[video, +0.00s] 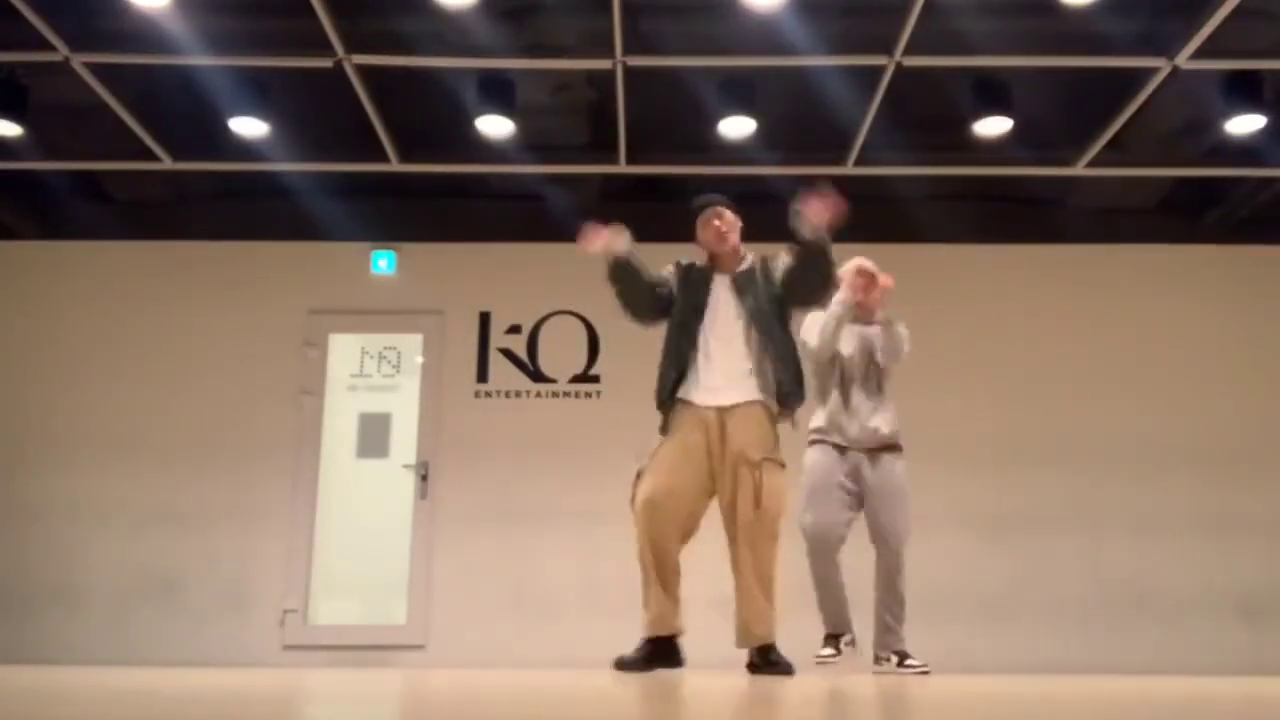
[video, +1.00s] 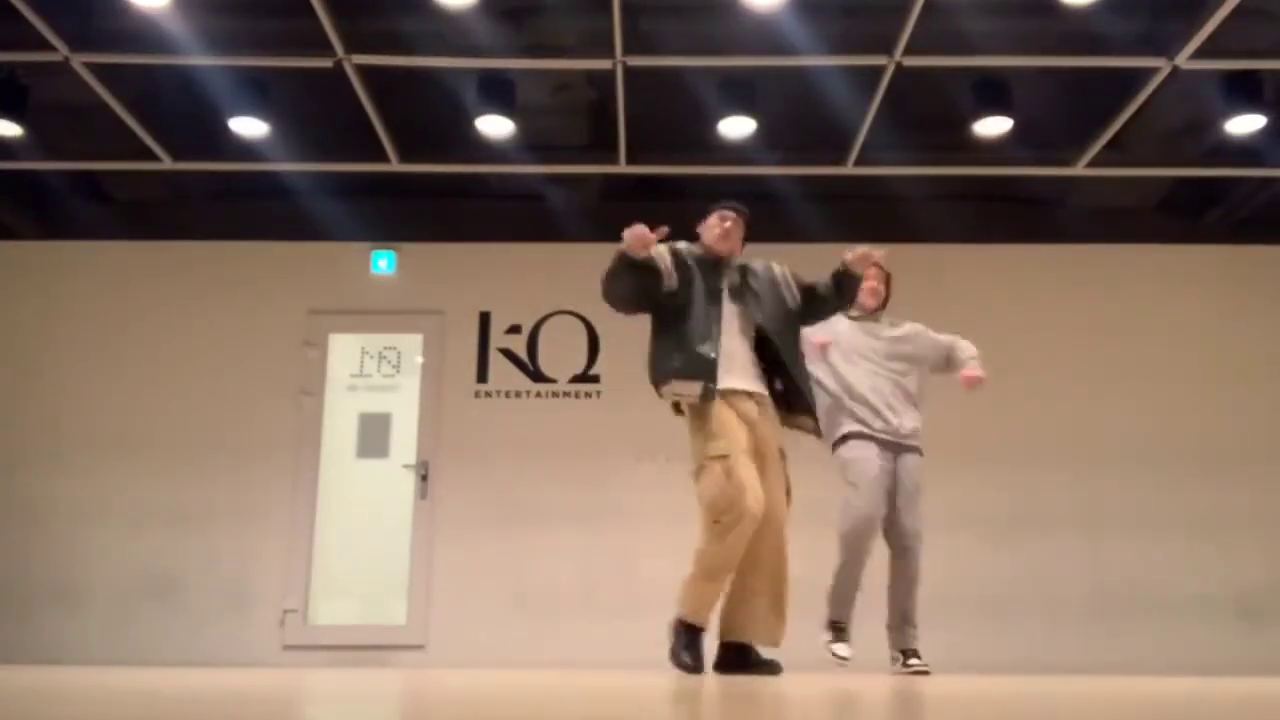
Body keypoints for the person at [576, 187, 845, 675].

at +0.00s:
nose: (718, 223)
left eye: (724, 217)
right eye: (708, 221)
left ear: (741, 229)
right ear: (698, 239)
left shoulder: (767, 273)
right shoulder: (683, 279)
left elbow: (813, 287)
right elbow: (646, 305)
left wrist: (812, 238)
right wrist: (619, 257)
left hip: (751, 414)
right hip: (691, 415)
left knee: (756, 522)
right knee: (655, 504)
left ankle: (761, 646)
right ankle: (662, 639)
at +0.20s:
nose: (696, 222)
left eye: (705, 215)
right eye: (686, 217)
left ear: (720, 216)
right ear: (673, 224)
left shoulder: (742, 243)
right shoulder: (661, 252)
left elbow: (703, 258)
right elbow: (684, 239)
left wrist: (646, 242)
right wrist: (712, 201)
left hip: (726, 392)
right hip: (670, 395)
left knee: (751, 511)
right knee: (648, 517)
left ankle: (771, 639)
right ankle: (631, 640)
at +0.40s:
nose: (671, 242)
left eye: (672, 232)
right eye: (659, 243)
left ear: (688, 233)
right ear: (652, 260)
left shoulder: (724, 263)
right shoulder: (647, 293)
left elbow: (702, 326)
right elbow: (674, 332)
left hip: (696, 399)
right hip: (643, 406)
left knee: (713, 501)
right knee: (622, 517)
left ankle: (786, 620)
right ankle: (630, 645)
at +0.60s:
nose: (664, 249)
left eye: (668, 238)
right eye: (652, 246)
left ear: (684, 240)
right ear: (645, 259)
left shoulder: (727, 274)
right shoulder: (641, 301)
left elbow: (761, 321)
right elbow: (628, 332)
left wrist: (764, 350)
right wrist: (645, 348)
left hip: (704, 418)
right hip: (646, 422)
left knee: (725, 520)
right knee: (618, 526)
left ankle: (747, 635)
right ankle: (627, 645)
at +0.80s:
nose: (709, 215)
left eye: (718, 209)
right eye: (702, 207)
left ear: (730, 221)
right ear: (687, 215)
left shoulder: (750, 263)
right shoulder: (663, 263)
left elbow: (788, 294)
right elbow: (605, 293)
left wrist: (774, 257)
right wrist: (557, 270)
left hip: (747, 406)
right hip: (685, 403)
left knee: (744, 528)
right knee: (655, 518)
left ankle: (738, 647)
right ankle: (629, 633)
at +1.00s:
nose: (727, 226)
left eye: (735, 224)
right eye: (719, 219)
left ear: (743, 240)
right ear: (701, 230)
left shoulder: (763, 277)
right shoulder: (676, 262)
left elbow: (814, 302)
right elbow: (621, 296)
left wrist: (848, 274)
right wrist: (632, 256)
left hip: (760, 402)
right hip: (712, 398)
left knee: (769, 516)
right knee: (741, 505)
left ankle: (737, 645)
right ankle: (691, 623)